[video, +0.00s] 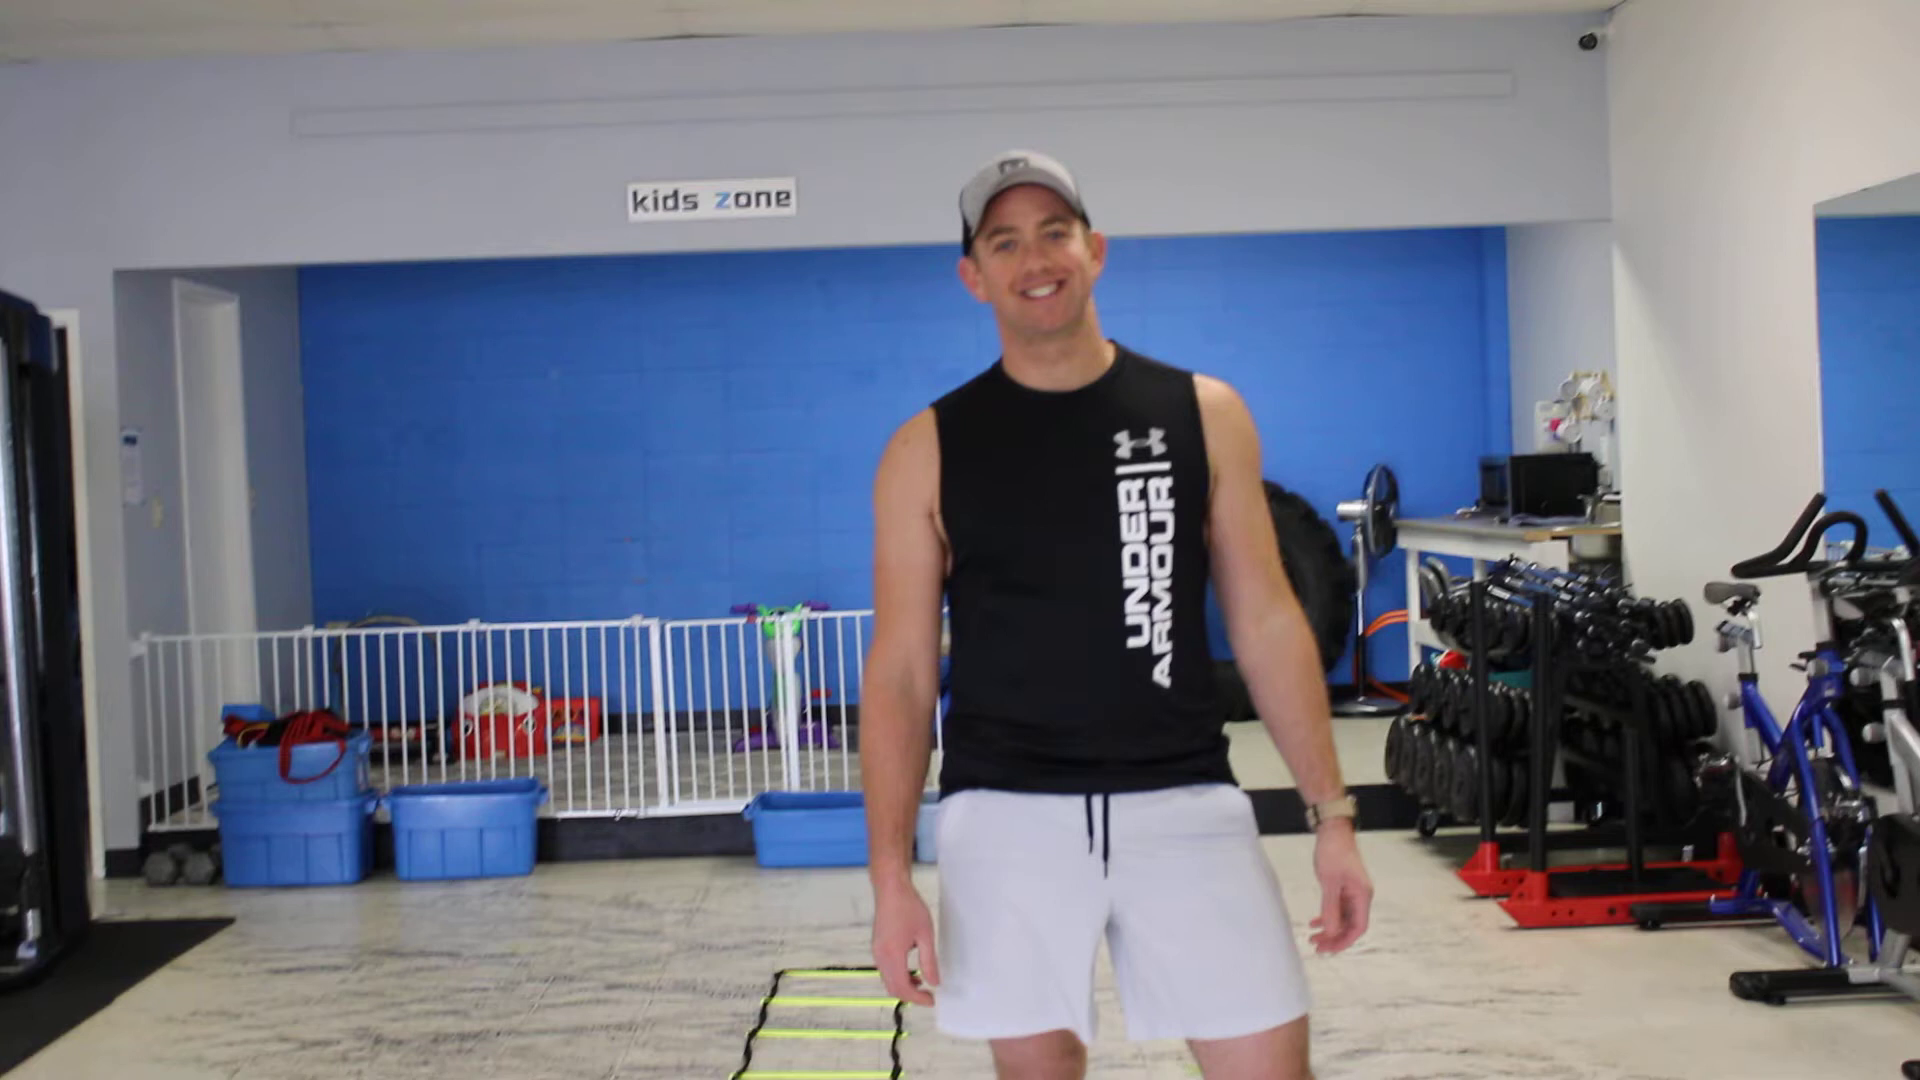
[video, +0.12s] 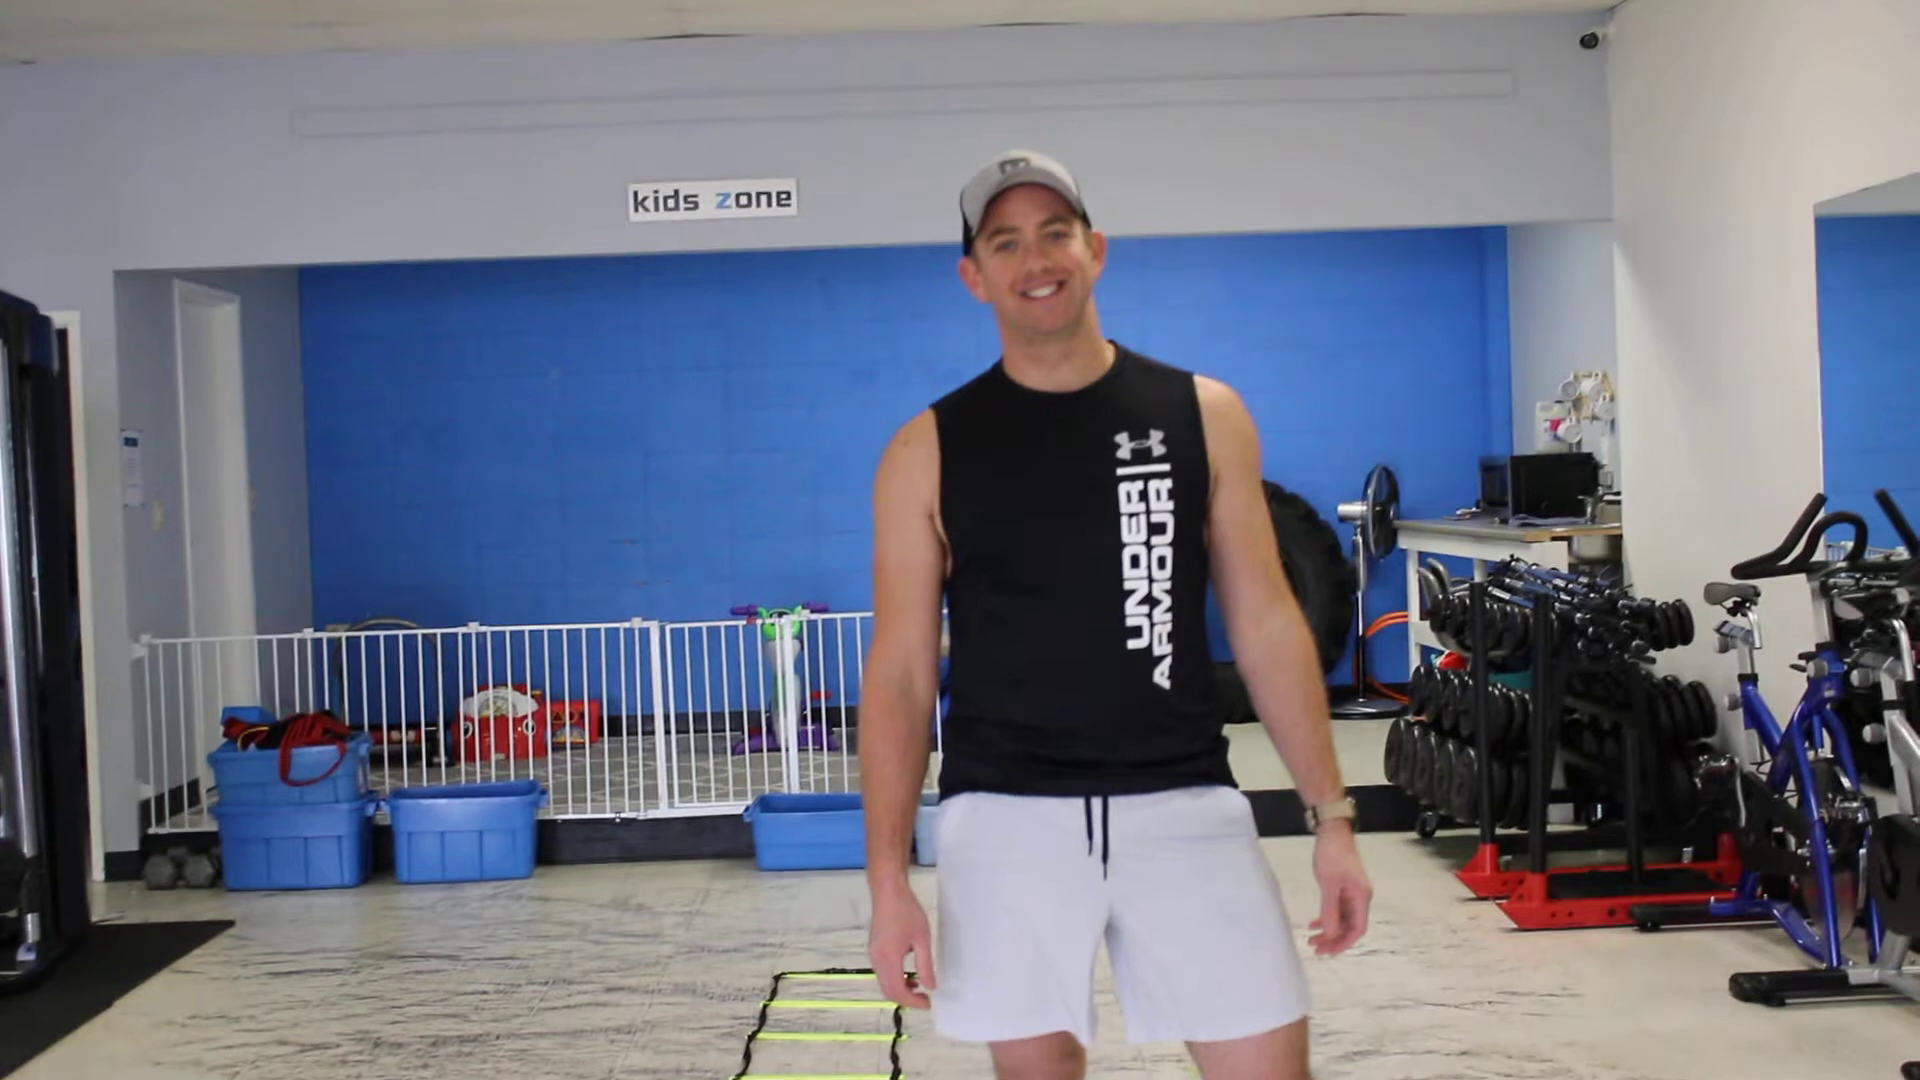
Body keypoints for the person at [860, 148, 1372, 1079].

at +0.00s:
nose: (1037, 255)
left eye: (1056, 231)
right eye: (1006, 240)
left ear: (1095, 251)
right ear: (975, 277)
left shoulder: (1205, 415)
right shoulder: (928, 449)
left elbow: (1265, 621)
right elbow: (901, 675)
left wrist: (1332, 816)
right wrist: (891, 879)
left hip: (1188, 811)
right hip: (1006, 824)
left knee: (1271, 1064)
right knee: (1038, 1065)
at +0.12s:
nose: (1037, 255)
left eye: (1057, 231)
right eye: (1007, 241)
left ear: (1096, 250)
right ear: (976, 277)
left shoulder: (1205, 416)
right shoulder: (927, 452)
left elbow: (1265, 622)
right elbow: (900, 678)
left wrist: (1331, 817)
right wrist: (888, 881)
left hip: (1188, 814)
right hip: (1006, 827)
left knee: (1271, 1063)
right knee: (1038, 1065)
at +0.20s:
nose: (1038, 253)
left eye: (1057, 230)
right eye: (1008, 239)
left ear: (1096, 248)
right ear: (976, 275)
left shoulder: (1205, 414)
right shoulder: (927, 449)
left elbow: (1265, 622)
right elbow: (900, 675)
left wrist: (1331, 817)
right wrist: (887, 880)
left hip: (1188, 813)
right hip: (1006, 826)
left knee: (1270, 1064)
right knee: (1037, 1065)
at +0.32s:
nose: (1037, 255)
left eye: (1057, 231)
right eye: (1007, 241)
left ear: (1095, 250)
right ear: (976, 277)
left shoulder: (1204, 415)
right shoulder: (927, 451)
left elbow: (1264, 623)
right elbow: (899, 676)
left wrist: (1332, 816)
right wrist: (888, 881)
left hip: (1188, 812)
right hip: (1006, 825)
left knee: (1270, 1063)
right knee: (1037, 1065)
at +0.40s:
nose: (1039, 254)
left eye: (1058, 230)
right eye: (1008, 240)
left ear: (1097, 249)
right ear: (977, 275)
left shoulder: (1205, 414)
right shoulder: (928, 448)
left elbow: (1265, 621)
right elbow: (901, 676)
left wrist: (1334, 813)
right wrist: (891, 878)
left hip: (1188, 812)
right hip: (1007, 825)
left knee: (1270, 1065)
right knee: (1037, 1066)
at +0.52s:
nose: (1038, 256)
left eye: (1058, 231)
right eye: (1008, 241)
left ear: (1097, 250)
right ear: (976, 275)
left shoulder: (1205, 415)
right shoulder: (928, 450)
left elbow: (1265, 622)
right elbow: (902, 678)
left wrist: (1334, 814)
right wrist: (895, 880)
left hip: (1188, 814)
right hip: (1007, 825)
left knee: (1270, 1065)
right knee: (1037, 1066)